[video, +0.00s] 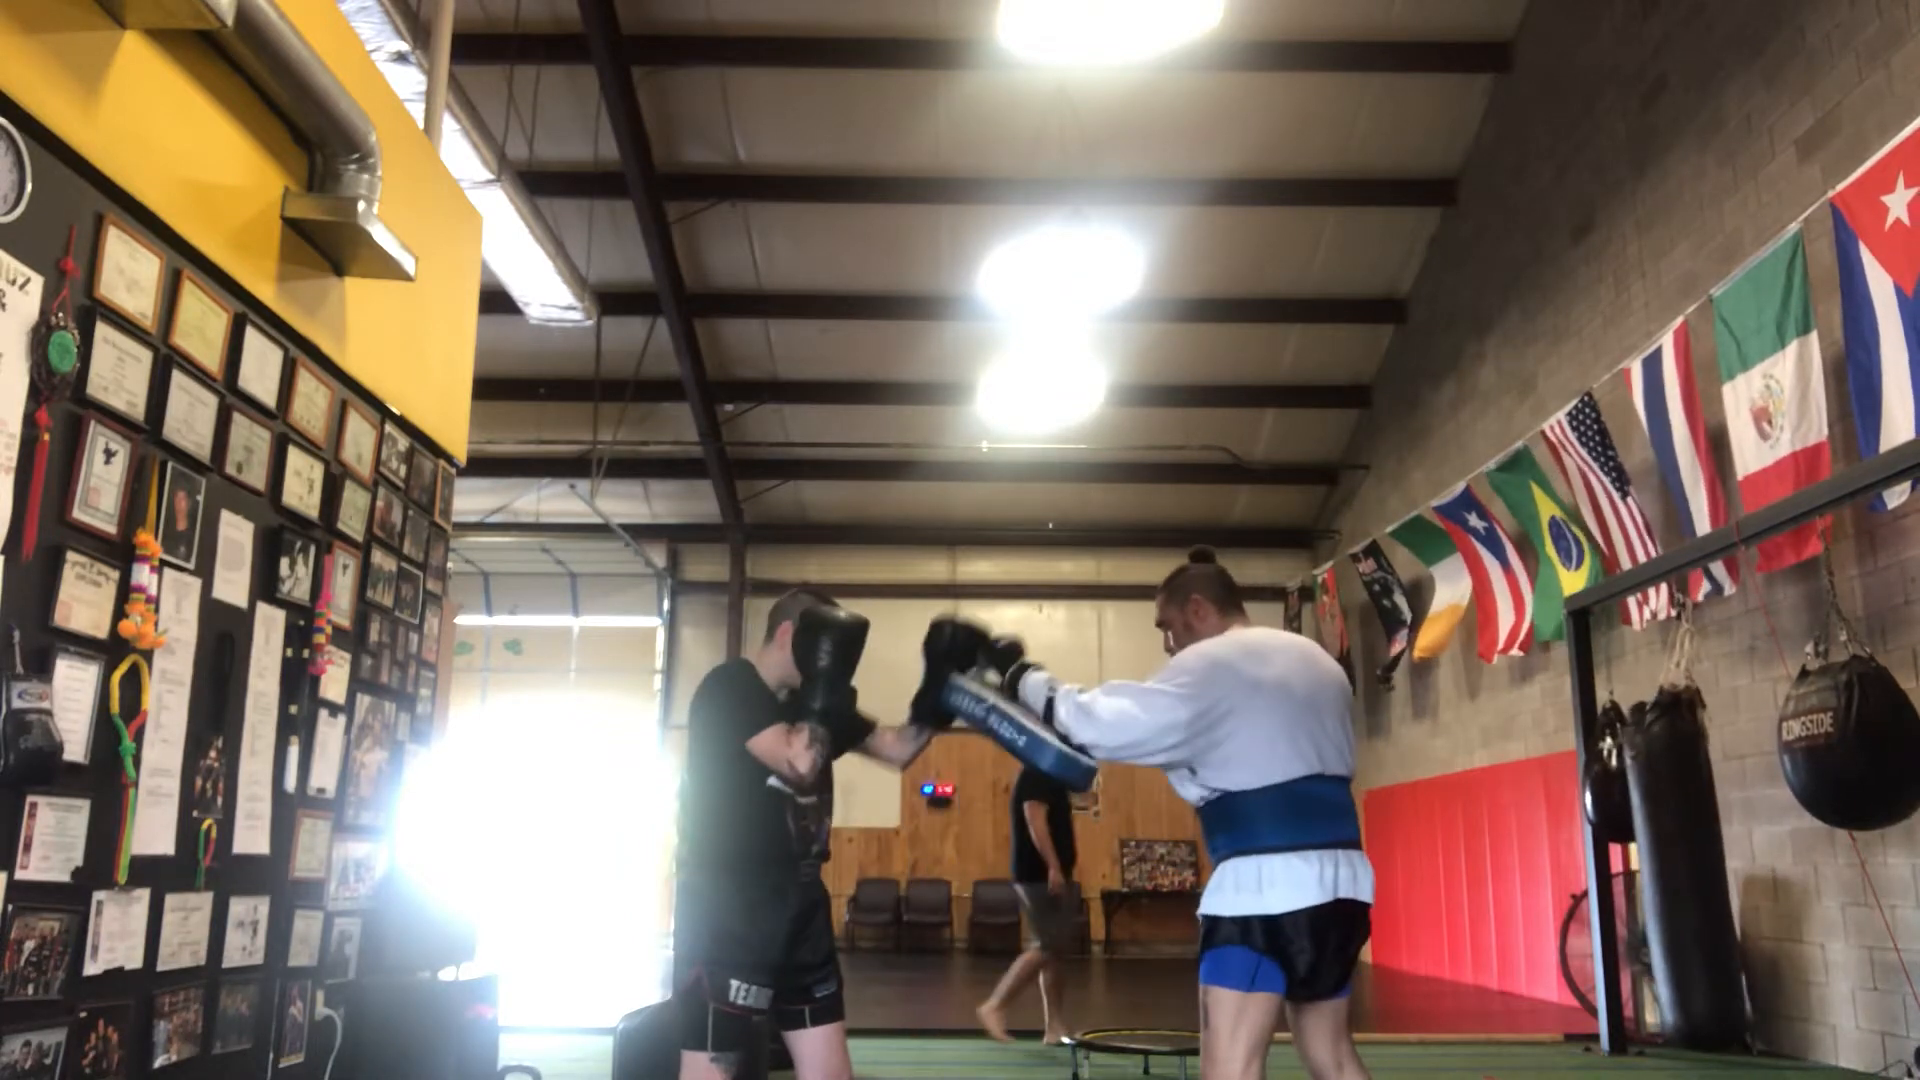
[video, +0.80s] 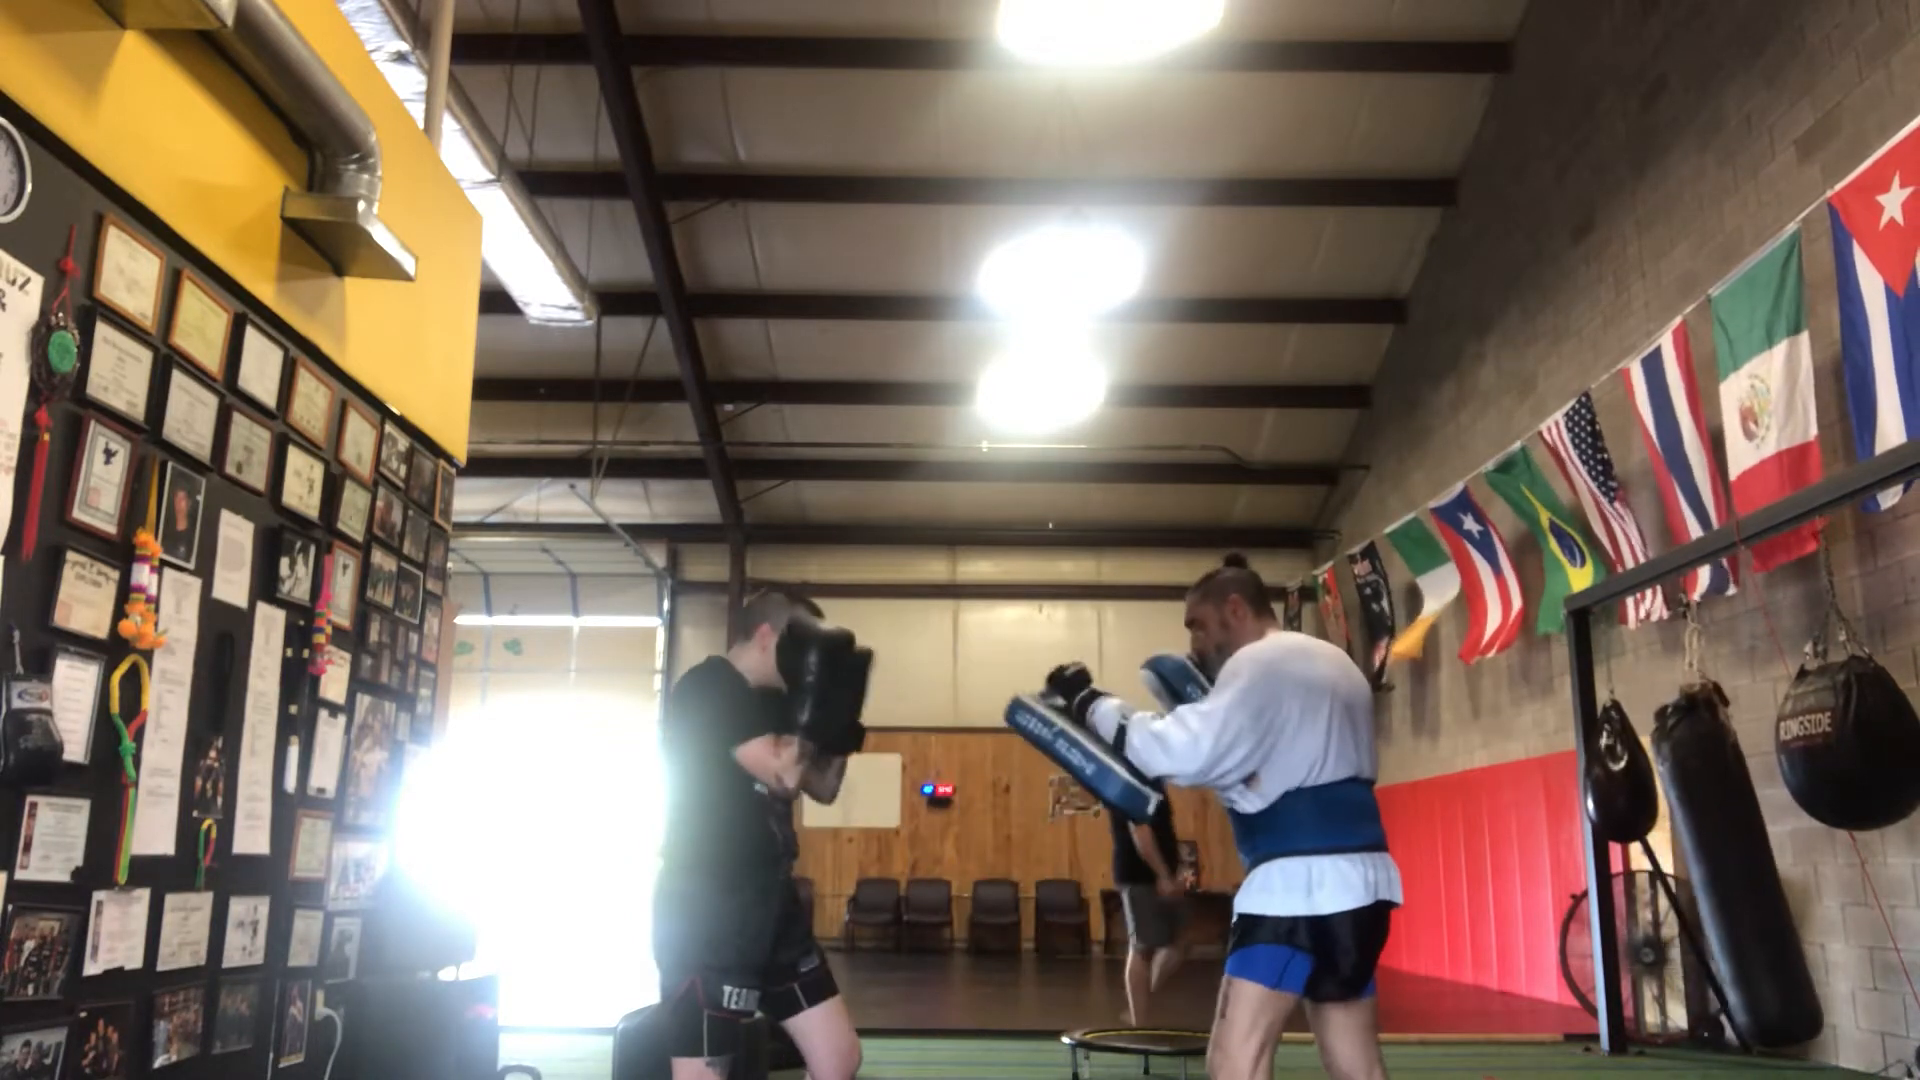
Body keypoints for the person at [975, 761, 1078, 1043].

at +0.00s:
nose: (1074, 752)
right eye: (1069, 745)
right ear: (1055, 744)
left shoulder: (1052, 778)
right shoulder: (1037, 775)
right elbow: (1036, 822)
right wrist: (1054, 866)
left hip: (1049, 876)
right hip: (1034, 875)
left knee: (1054, 952)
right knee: (1045, 947)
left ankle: (1054, 1027)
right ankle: (993, 1007)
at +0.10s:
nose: (1082, 758)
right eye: (1078, 751)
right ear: (1065, 750)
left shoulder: (1065, 781)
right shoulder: (1046, 779)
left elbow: (1069, 826)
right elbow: (1045, 824)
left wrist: (1085, 862)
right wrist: (1058, 865)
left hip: (1060, 872)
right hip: (1051, 873)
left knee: (1057, 947)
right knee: (1069, 943)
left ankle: (1052, 1018)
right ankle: (1034, 1012)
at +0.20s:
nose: (1094, 754)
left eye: (1095, 747)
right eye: (1091, 746)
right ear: (1079, 745)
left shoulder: (1078, 782)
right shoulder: (1057, 777)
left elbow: (1083, 836)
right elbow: (1052, 823)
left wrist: (1119, 856)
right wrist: (1066, 865)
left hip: (1058, 878)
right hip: (1071, 878)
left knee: (1058, 950)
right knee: (1090, 948)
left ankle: (1054, 1027)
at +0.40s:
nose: (1117, 752)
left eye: (1116, 745)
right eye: (1114, 745)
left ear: (1088, 743)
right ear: (1106, 746)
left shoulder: (1110, 775)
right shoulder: (1089, 777)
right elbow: (1073, 827)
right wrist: (1086, 876)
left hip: (1086, 876)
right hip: (1105, 876)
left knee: (1073, 950)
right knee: (1121, 950)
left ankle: (1054, 1025)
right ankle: (1137, 1028)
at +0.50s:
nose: (1129, 745)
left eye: (1127, 738)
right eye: (1127, 739)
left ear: (1101, 739)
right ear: (1121, 740)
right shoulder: (1104, 775)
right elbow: (1095, 829)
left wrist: (1144, 870)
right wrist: (1100, 880)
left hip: (1101, 879)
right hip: (1122, 879)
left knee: (1092, 952)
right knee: (1135, 954)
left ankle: (1059, 1021)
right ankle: (1140, 1030)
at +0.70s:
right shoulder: (1123, 781)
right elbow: (1123, 833)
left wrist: (1155, 875)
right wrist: (1135, 877)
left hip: (1149, 875)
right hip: (1125, 878)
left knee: (1147, 947)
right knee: (1138, 949)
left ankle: (1098, 1002)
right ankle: (1141, 1025)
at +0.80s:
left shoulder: (1153, 780)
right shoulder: (1132, 781)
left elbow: (1161, 830)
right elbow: (1140, 831)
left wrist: (1176, 864)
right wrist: (1163, 874)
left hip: (1160, 875)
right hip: (1136, 876)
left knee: (1177, 943)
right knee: (1141, 948)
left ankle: (1137, 1004)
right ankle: (1140, 1022)